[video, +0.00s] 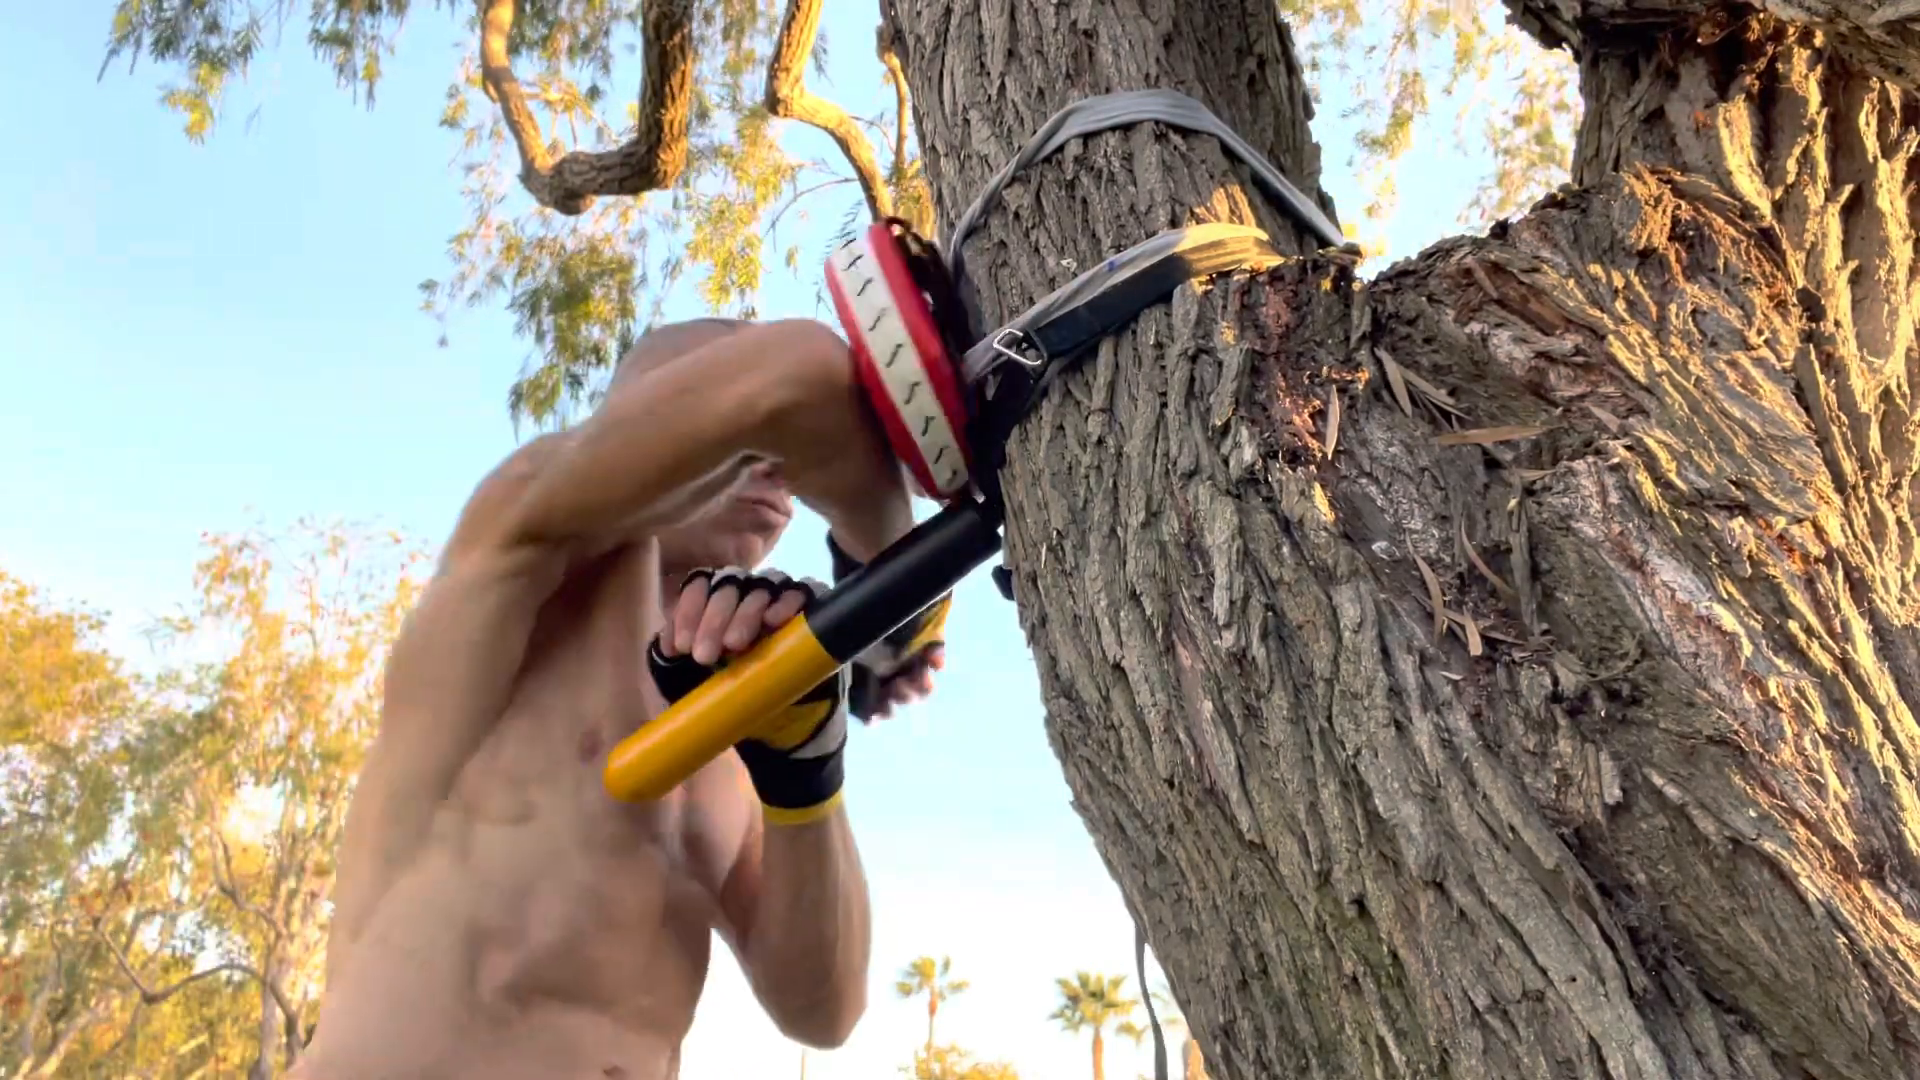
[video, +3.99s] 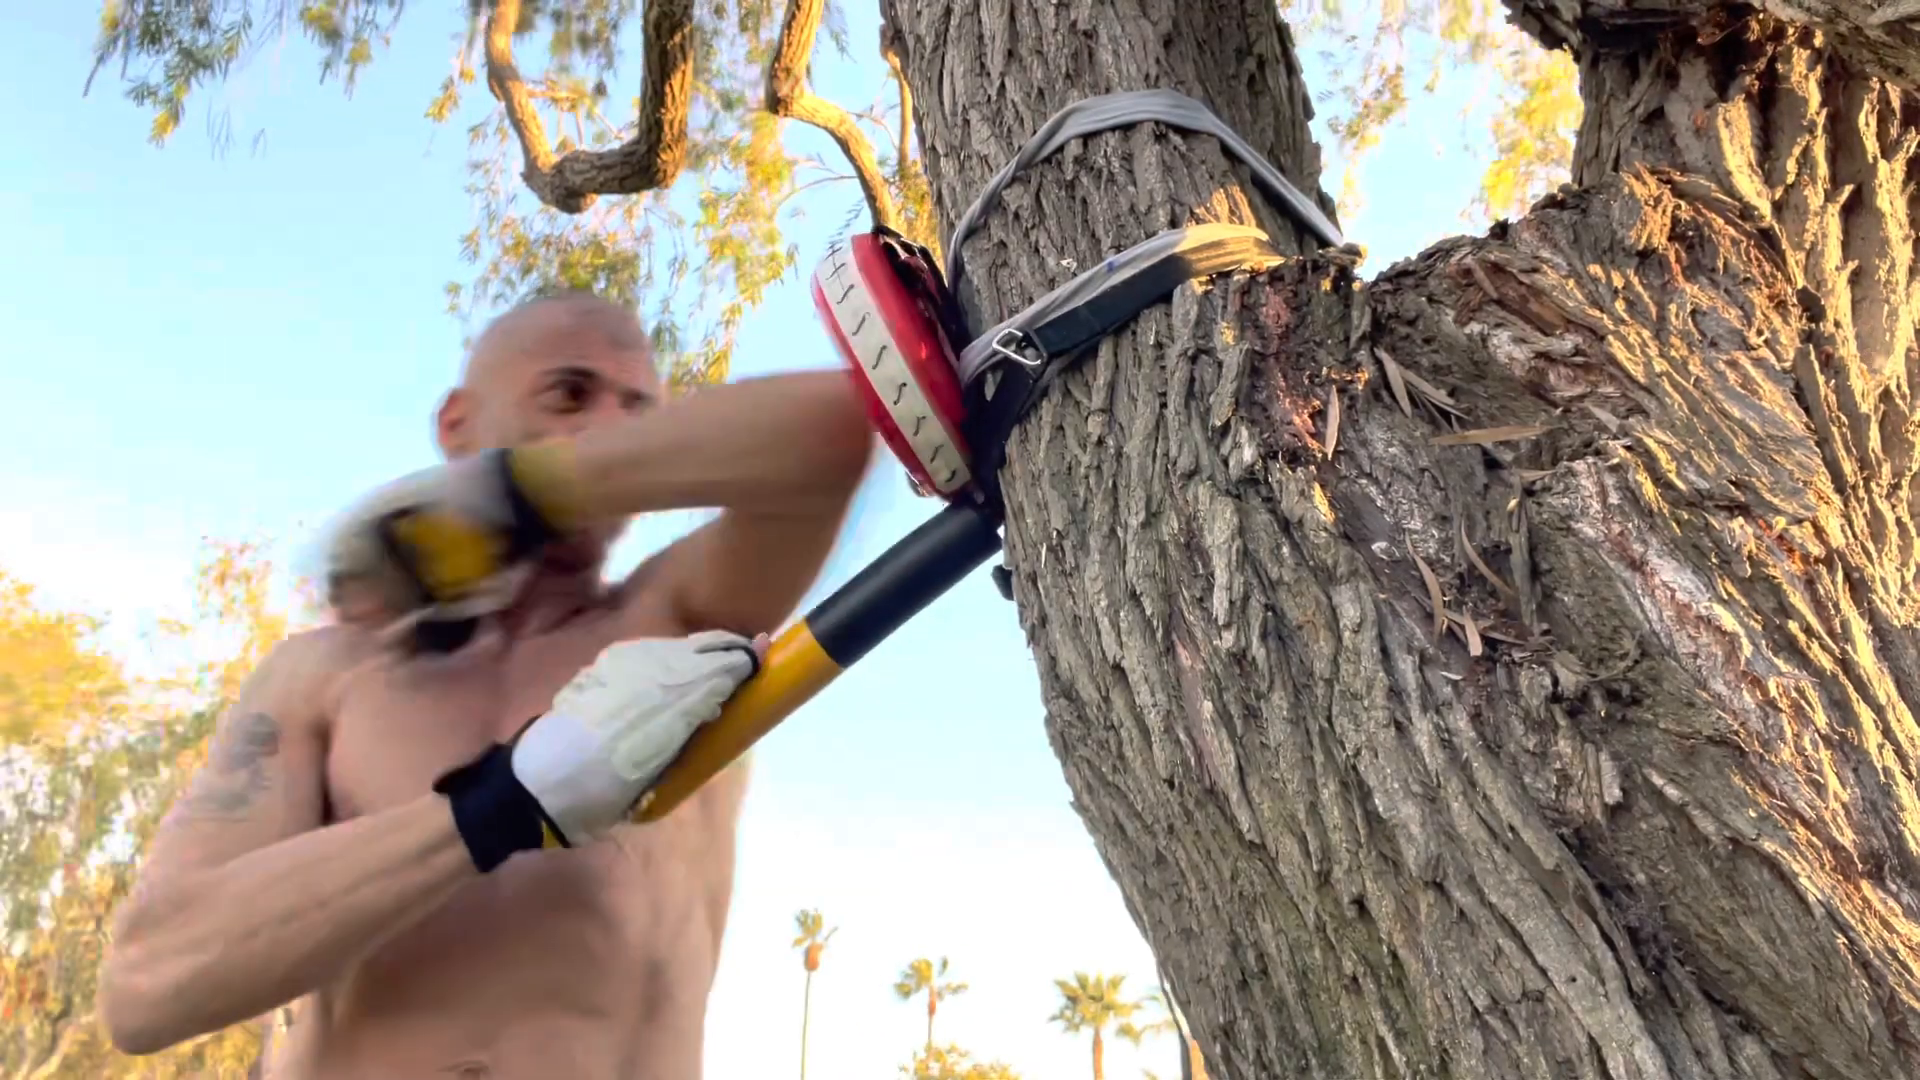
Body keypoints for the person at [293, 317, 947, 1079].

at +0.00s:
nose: (775, 471)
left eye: (780, 445)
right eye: (729, 428)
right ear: (630, 426)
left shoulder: (722, 744)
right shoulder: (522, 534)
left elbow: (820, 1009)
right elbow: (804, 366)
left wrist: (799, 761)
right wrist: (883, 569)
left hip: (634, 1057)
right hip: (411, 1049)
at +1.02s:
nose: (336, 459)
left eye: (363, 434)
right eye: (290, 410)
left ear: (377, 473)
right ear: (161, 432)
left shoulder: (407, 707)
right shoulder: (31, 653)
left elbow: (719, 810)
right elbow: (19, 794)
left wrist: (789, 596)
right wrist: (361, 684)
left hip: (365, 1058)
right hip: (82, 1055)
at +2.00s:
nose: (333, 466)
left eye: (359, 441)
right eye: (290, 416)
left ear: (367, 474)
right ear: (152, 430)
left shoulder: (369, 662)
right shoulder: (27, 630)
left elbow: (655, 681)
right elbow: (44, 882)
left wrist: (806, 496)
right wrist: (461, 747)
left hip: (327, 1063)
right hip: (76, 1065)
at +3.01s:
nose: (663, 495)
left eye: (688, 462)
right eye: (630, 448)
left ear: (710, 511)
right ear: (521, 447)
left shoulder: (645, 733)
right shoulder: (385, 597)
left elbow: (803, 982)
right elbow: (640, 436)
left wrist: (804, 723)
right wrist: (841, 496)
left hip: (575, 1059)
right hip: (349, 1049)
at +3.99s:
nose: (608, 434)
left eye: (636, 412)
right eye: (565, 396)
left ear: (668, 439)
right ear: (458, 427)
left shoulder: (677, 619)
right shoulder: (320, 671)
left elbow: (835, 425)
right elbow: (144, 985)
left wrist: (509, 494)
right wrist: (510, 800)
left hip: (616, 1057)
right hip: (366, 1060)